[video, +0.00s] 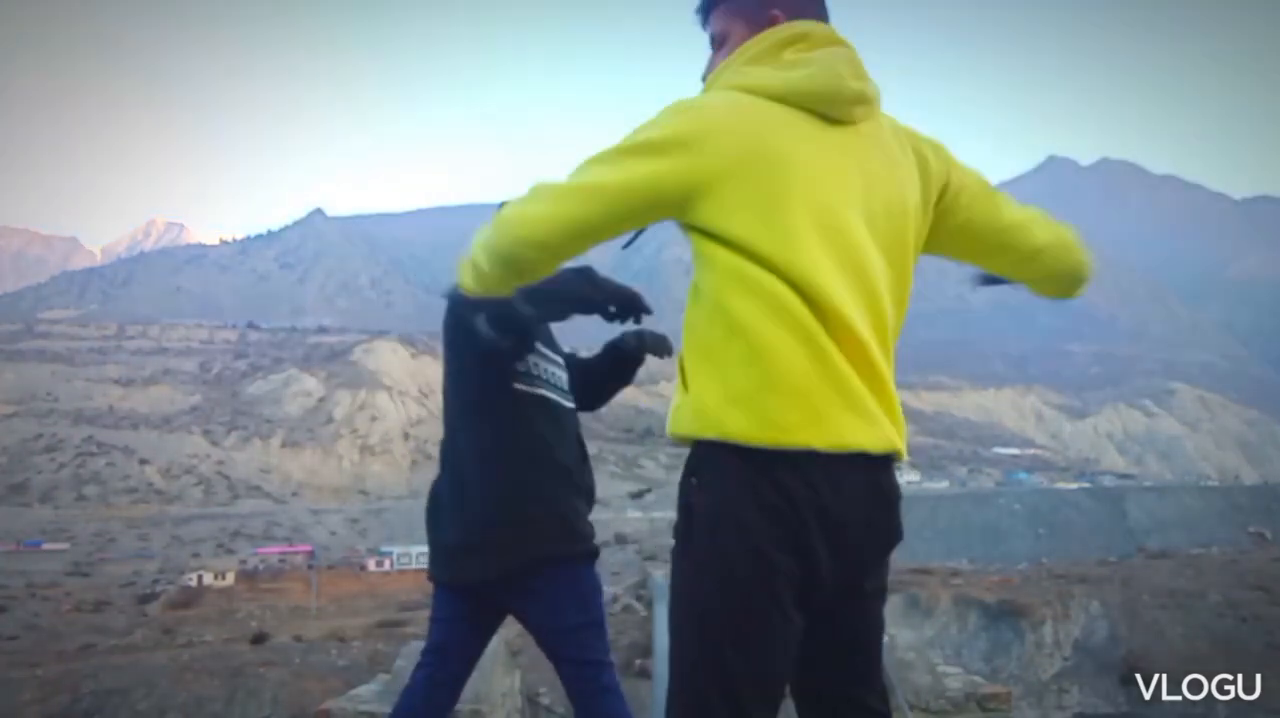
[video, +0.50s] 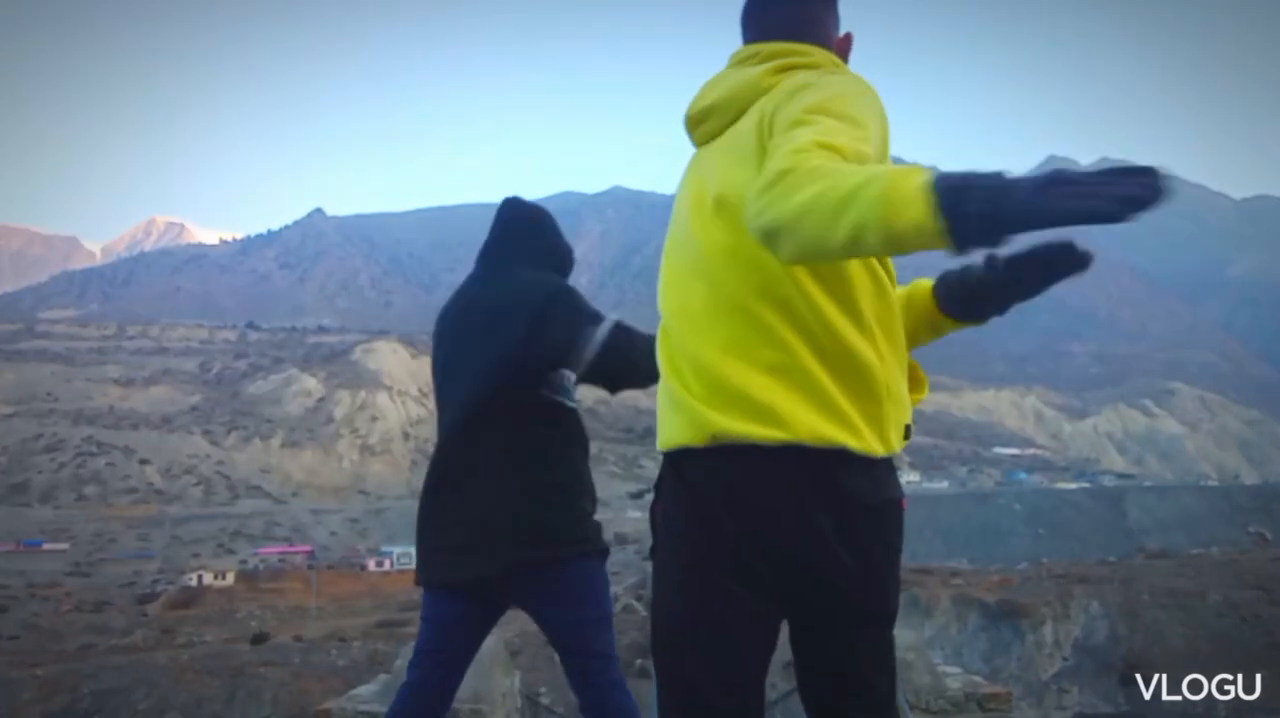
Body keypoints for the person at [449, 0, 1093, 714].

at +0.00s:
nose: (708, 62)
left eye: (713, 39)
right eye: (711, 41)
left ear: (737, 29)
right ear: (812, 30)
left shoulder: (717, 124)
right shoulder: (906, 153)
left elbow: (536, 227)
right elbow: (1062, 259)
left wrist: (481, 271)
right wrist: (1033, 251)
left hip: (744, 477)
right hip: (865, 486)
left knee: (722, 699)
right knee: (850, 698)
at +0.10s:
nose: (728, 49)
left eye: (729, 35)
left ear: (734, 39)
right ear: (826, 36)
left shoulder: (676, 157)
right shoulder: (900, 126)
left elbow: (599, 302)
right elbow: (1081, 191)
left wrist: (679, 318)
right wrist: (1246, 205)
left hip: (719, 489)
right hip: (855, 488)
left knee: (710, 702)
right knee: (847, 698)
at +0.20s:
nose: (848, 41)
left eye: (839, 33)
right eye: (845, 31)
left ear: (749, 38)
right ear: (831, 33)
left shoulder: (707, 155)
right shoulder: (848, 104)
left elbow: (746, 295)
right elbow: (945, 165)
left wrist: (878, 333)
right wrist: (1198, 113)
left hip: (706, 486)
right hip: (835, 482)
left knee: (702, 703)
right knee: (842, 699)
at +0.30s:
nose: (856, 53)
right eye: (857, 45)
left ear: (755, 40)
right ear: (851, 46)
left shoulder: (732, 142)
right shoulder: (827, 93)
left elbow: (837, 320)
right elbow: (766, 187)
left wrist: (972, 312)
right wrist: (912, 111)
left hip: (715, 481)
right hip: (828, 477)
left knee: (706, 701)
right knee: (845, 699)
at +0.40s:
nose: (855, 53)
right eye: (852, 43)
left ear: (755, 49)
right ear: (848, 45)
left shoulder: (737, 137)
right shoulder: (832, 89)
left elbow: (847, 305)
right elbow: (720, 197)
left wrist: (993, 279)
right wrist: (821, 183)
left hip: (715, 477)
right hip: (832, 475)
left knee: (707, 701)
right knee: (851, 701)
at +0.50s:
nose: (848, 51)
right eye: (847, 43)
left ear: (749, 45)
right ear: (840, 44)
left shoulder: (713, 160)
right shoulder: (827, 90)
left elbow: (813, 336)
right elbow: (789, 203)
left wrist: (954, 297)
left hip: (706, 483)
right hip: (829, 479)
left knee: (703, 701)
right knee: (854, 700)